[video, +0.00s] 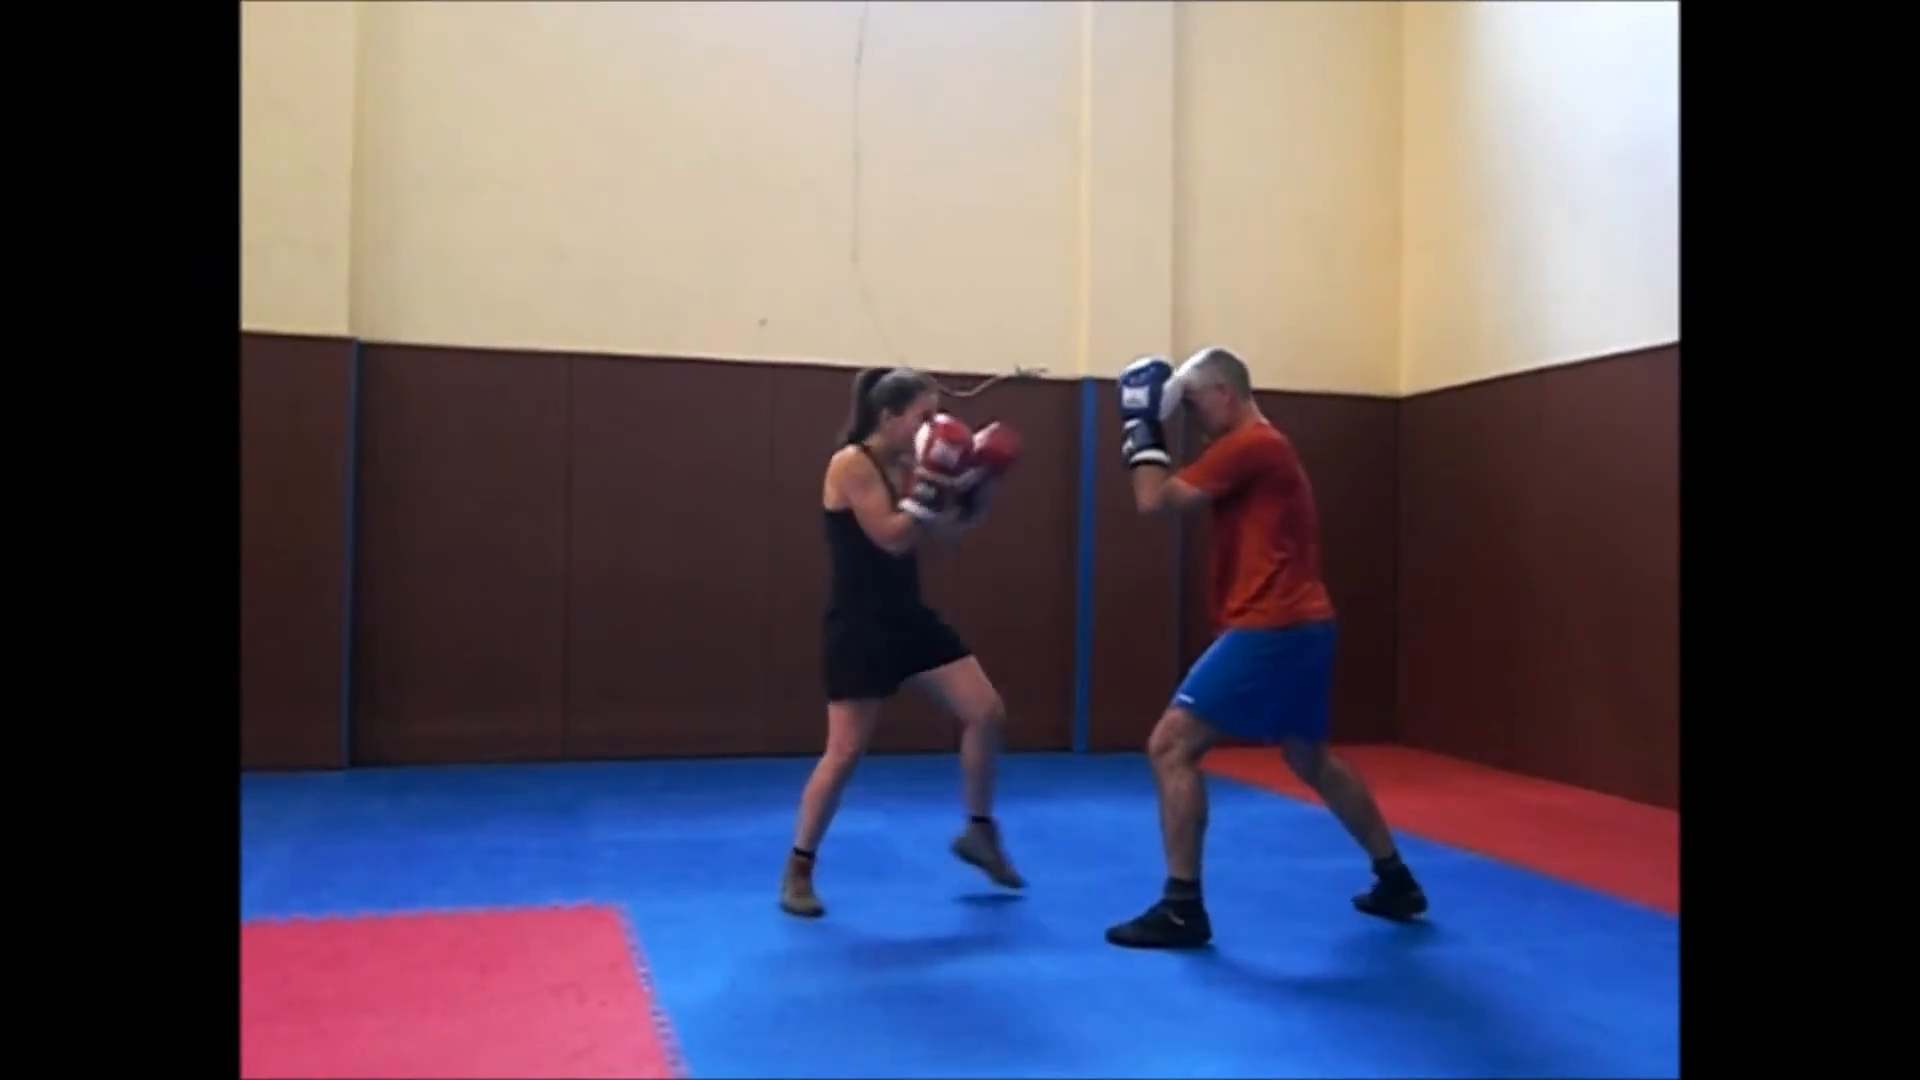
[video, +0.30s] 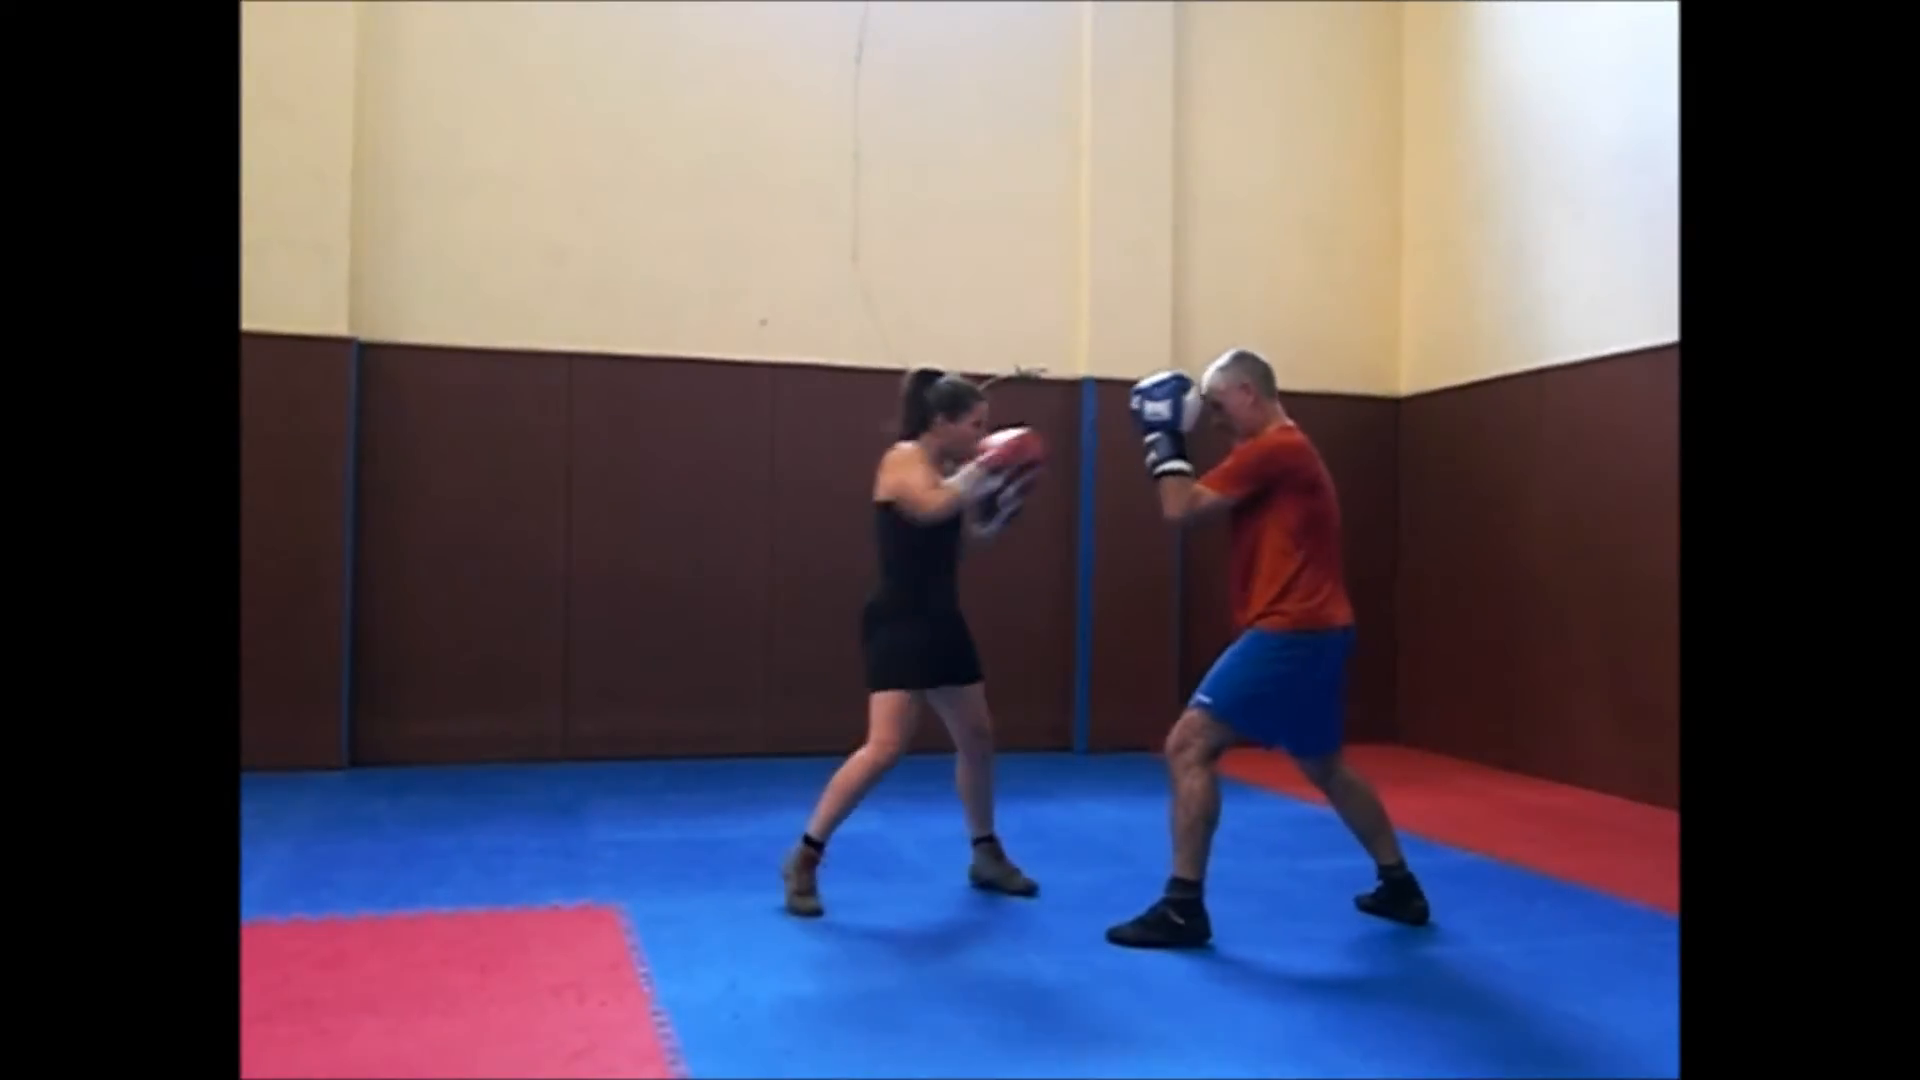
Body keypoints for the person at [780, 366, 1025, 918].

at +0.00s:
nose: (928, 428)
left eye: (931, 418)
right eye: (922, 417)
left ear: (902, 419)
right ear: (889, 415)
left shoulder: (904, 466)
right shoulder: (851, 464)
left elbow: (946, 530)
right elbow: (889, 534)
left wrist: (969, 484)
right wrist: (928, 487)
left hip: (909, 620)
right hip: (859, 627)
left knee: (984, 712)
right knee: (844, 750)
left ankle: (979, 829)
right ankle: (799, 867)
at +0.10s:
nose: (942, 424)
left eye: (944, 414)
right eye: (933, 413)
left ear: (935, 416)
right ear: (896, 413)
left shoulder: (941, 451)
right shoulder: (859, 456)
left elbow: (1019, 471)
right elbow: (866, 534)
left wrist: (1060, 437)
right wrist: (918, 486)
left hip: (930, 614)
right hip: (872, 617)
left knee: (974, 729)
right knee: (850, 741)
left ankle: (992, 844)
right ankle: (803, 862)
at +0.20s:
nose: (961, 433)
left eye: (964, 424)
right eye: (954, 423)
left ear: (950, 424)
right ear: (917, 419)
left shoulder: (957, 458)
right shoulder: (875, 460)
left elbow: (1019, 490)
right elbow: (876, 534)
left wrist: (1059, 453)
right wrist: (930, 489)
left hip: (943, 619)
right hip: (888, 621)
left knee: (978, 734)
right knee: (865, 744)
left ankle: (988, 854)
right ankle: (810, 861)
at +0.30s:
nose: (981, 435)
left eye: (982, 426)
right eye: (974, 425)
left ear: (950, 425)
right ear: (942, 422)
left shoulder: (946, 470)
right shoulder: (902, 460)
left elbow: (970, 534)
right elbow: (930, 504)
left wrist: (1003, 499)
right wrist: (984, 467)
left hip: (940, 621)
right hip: (898, 622)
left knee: (976, 737)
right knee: (884, 745)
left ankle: (987, 856)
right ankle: (805, 857)